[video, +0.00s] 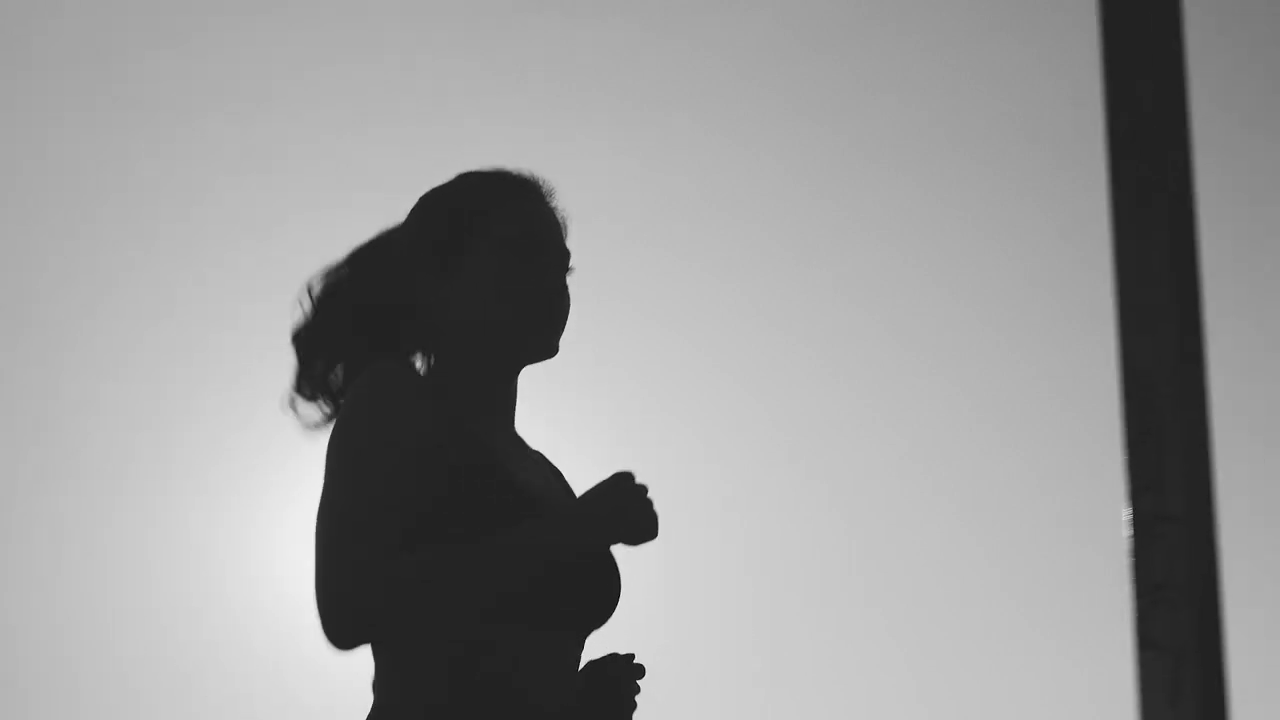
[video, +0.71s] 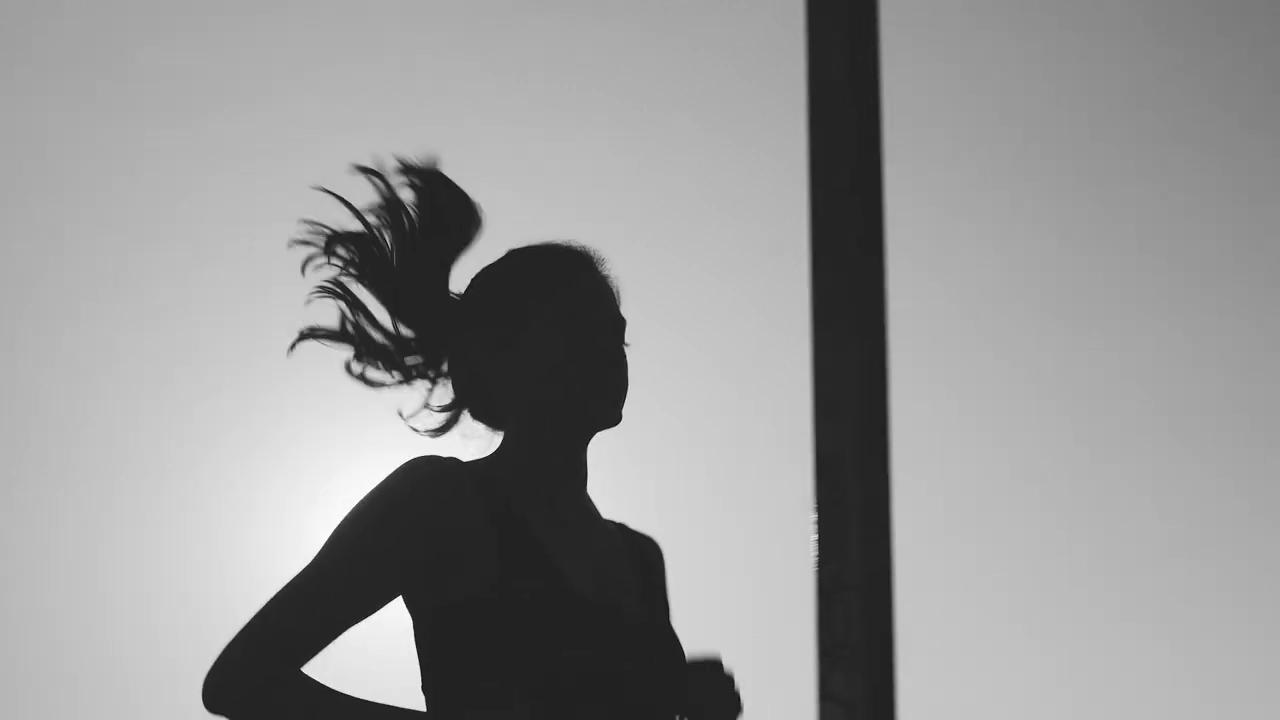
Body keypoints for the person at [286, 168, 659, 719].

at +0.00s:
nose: (563, 292)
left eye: (563, 268)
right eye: (540, 264)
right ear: (463, 273)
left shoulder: (540, 472)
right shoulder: (390, 405)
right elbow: (346, 609)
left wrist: (577, 697)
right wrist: (574, 529)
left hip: (531, 708)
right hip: (423, 705)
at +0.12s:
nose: (575, 276)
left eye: (574, 254)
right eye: (552, 250)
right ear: (473, 261)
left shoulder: (539, 456)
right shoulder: (414, 369)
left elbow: (385, 653)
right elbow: (360, 566)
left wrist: (577, 670)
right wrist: (581, 508)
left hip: (536, 707)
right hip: (441, 703)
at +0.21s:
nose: (582, 272)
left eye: (580, 251)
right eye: (556, 247)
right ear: (478, 263)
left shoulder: (555, 460)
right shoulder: (425, 369)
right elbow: (360, 557)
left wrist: (586, 666)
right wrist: (583, 517)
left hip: (547, 706)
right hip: (449, 700)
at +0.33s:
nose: (594, 285)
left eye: (594, 264)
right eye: (570, 261)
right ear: (489, 276)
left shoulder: (584, 484)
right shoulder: (435, 391)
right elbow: (340, 583)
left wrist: (611, 681)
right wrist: (565, 558)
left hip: (566, 709)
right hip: (460, 702)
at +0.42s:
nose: (600, 308)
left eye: (598, 285)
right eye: (570, 282)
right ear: (485, 308)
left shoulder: (587, 495)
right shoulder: (439, 424)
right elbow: (317, 618)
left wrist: (626, 696)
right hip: (470, 709)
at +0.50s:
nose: (605, 324)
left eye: (603, 306)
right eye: (573, 304)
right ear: (488, 336)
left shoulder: (606, 528)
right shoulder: (439, 459)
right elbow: (288, 658)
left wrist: (646, 706)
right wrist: (505, 673)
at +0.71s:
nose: (620, 360)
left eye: (618, 337)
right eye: (591, 335)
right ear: (509, 359)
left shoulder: (638, 557)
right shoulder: (436, 496)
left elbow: (660, 697)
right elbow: (241, 681)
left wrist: (704, 698)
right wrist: (410, 714)